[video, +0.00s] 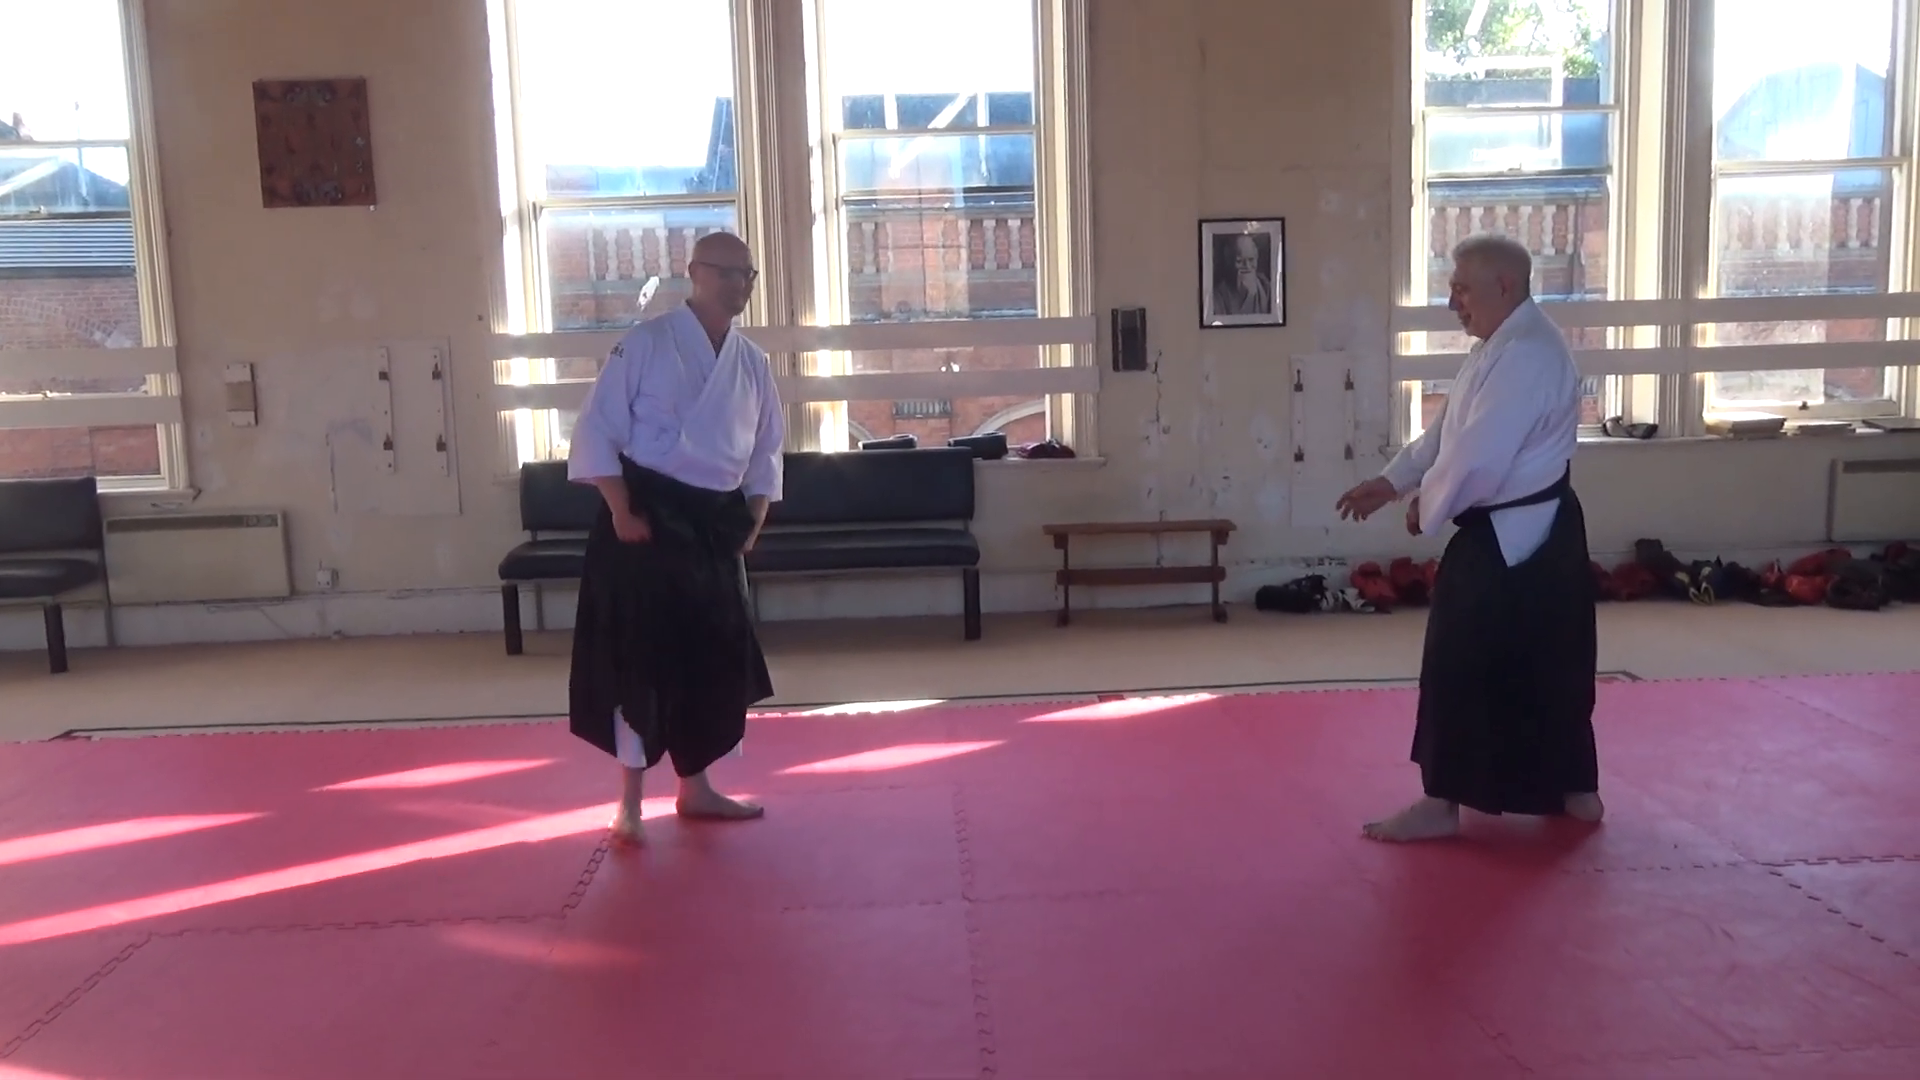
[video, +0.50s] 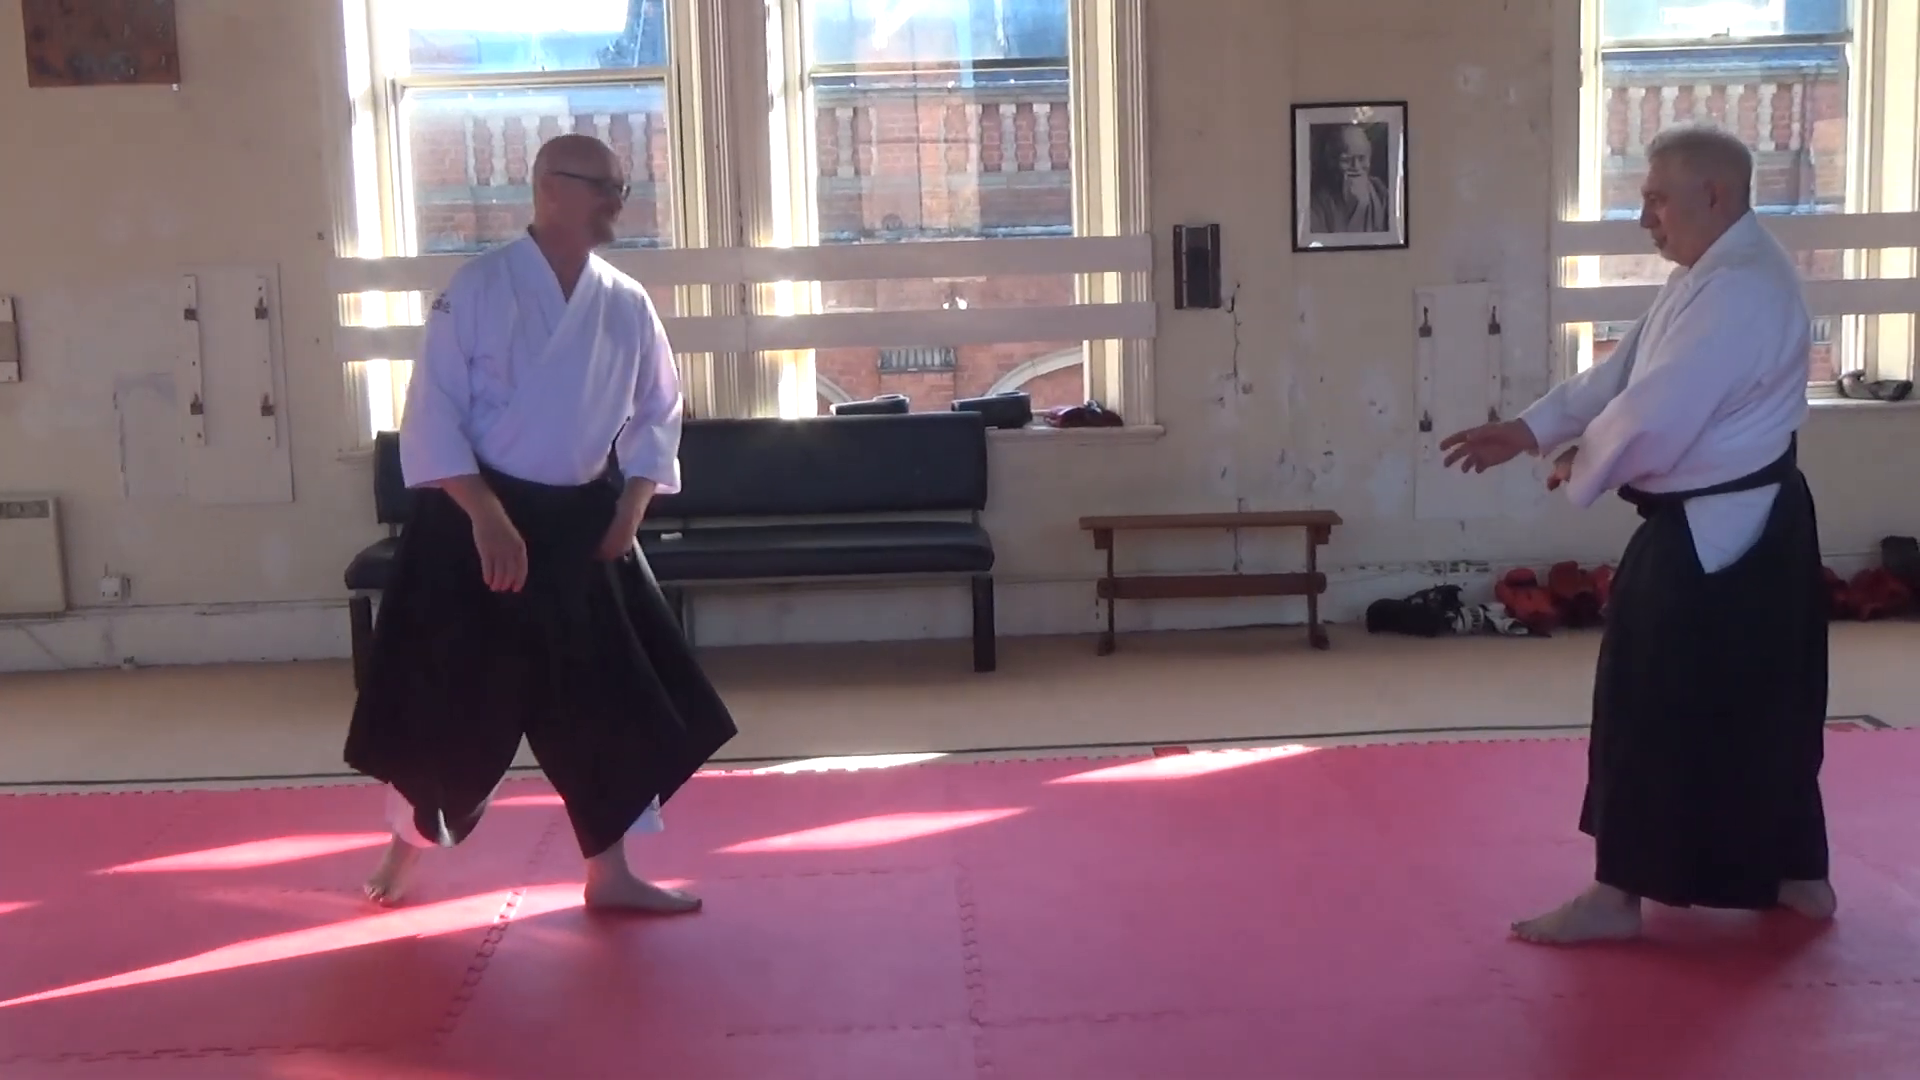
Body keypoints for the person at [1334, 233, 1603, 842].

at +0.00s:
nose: (1452, 298)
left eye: (1462, 287)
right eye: (1453, 287)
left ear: (1504, 286)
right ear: (1502, 287)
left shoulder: (1524, 354)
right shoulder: (1499, 347)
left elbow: (1476, 458)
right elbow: (1446, 431)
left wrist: (1427, 508)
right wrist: (1389, 480)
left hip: (1506, 532)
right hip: (1535, 524)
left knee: (1453, 665)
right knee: (1552, 660)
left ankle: (1439, 803)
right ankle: (1577, 791)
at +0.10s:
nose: (1458, 298)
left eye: (1468, 287)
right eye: (1459, 287)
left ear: (1512, 285)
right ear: (1509, 287)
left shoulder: (1529, 353)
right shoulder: (1509, 344)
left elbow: (1480, 456)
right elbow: (1452, 426)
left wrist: (1430, 499)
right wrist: (1387, 473)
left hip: (1512, 532)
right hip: (1545, 524)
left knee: (1457, 665)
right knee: (1561, 663)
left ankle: (1444, 807)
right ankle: (1584, 795)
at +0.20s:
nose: (1489, 284)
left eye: (1500, 272)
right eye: (1490, 272)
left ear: (1545, 271)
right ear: (1542, 273)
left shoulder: (1564, 344)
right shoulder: (1540, 334)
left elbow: (1507, 452)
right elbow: (1480, 416)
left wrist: (1452, 495)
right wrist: (1408, 465)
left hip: (1548, 533)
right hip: (1576, 525)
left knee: (1490, 674)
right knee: (1597, 674)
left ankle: (1476, 826)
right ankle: (1625, 814)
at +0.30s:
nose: (1542, 263)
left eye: (1553, 248)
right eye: (1541, 248)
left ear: (1602, 247)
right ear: (1602, 249)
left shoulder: (1623, 323)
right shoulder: (1599, 312)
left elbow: (1554, 440)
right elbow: (1527, 396)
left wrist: (1492, 485)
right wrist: (1447, 452)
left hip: (1603, 530)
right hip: (1636, 521)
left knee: (1542, 681)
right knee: (1657, 682)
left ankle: (1525, 850)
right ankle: (1686, 836)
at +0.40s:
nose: (1601, 236)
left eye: (1613, 220)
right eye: (1600, 220)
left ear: (1665, 219)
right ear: (1665, 221)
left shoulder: (1689, 304)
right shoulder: (1663, 291)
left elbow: (1608, 429)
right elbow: (1581, 379)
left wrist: (1542, 473)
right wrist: (1490, 437)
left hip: (1665, 530)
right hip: (1700, 521)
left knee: (1599, 697)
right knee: (1724, 698)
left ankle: (1581, 877)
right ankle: (1755, 862)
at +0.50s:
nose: (1647, 215)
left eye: (1660, 199)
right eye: (1646, 199)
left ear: (1715, 197)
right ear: (1711, 199)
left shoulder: (1736, 287)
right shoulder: (1711, 273)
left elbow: (1648, 421)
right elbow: (1623, 366)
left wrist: (1582, 464)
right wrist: (1528, 427)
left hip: (1709, 526)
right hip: (1747, 516)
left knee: (1638, 703)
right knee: (1770, 704)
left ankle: (1615, 894)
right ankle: (1801, 879)